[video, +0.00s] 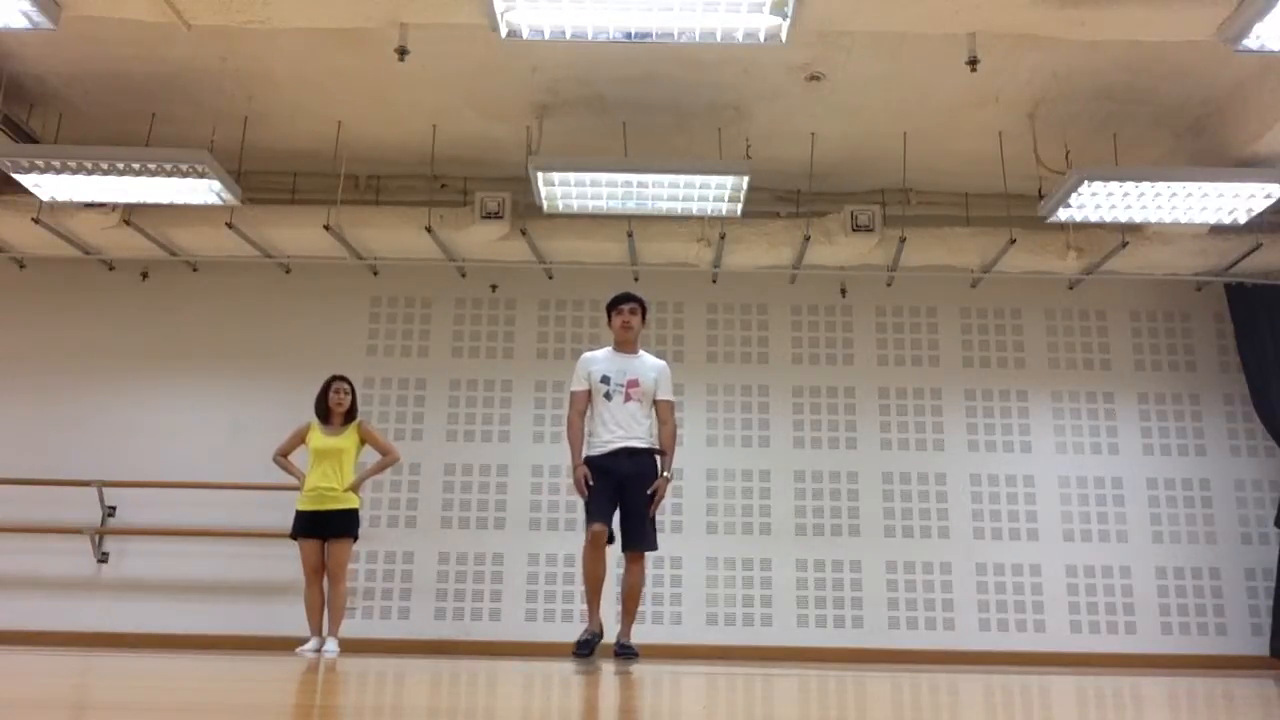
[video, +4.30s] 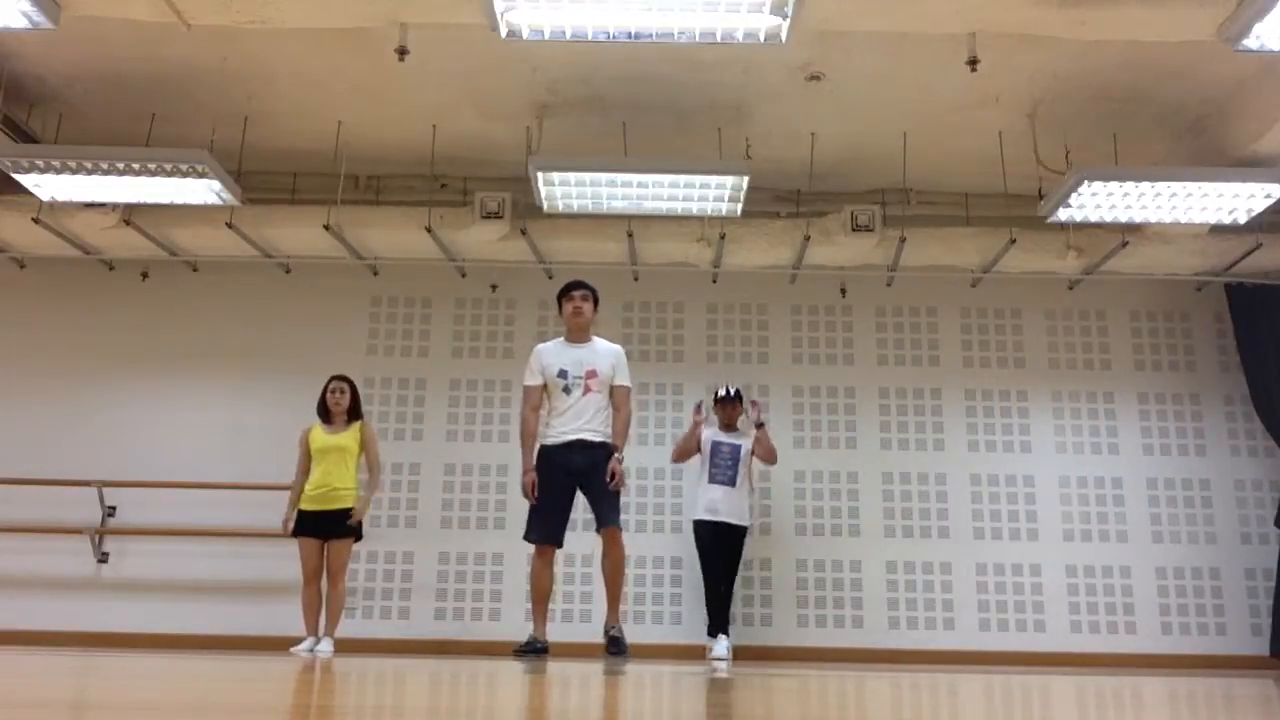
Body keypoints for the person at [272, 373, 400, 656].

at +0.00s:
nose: (341, 396)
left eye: (346, 393)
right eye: (335, 392)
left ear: (352, 399)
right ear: (325, 396)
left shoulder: (358, 428)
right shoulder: (311, 428)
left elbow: (393, 455)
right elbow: (278, 455)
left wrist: (360, 479)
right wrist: (301, 476)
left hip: (342, 506)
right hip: (310, 505)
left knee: (336, 575)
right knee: (312, 575)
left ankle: (333, 638)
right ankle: (315, 637)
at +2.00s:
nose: (336, 395)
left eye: (341, 391)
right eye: (331, 391)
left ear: (350, 396)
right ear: (324, 396)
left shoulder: (360, 426)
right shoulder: (312, 426)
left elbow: (392, 454)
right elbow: (279, 454)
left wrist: (359, 477)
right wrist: (301, 475)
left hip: (343, 506)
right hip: (310, 506)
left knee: (337, 577)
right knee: (313, 578)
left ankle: (330, 638)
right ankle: (315, 637)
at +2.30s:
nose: (336, 396)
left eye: (342, 392)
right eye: (332, 392)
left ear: (352, 397)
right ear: (325, 397)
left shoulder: (361, 427)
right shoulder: (313, 427)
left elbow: (391, 451)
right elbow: (280, 454)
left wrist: (357, 446)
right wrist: (302, 472)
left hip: (343, 507)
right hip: (310, 506)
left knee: (335, 577)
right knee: (309, 578)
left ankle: (329, 638)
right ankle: (313, 637)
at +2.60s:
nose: (338, 396)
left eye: (343, 392)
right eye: (333, 391)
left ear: (351, 398)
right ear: (325, 396)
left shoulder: (358, 427)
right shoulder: (313, 426)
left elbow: (375, 431)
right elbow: (281, 453)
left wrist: (362, 404)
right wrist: (302, 472)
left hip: (343, 506)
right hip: (310, 505)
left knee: (334, 577)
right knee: (309, 576)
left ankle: (328, 638)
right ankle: (308, 636)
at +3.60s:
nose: (337, 397)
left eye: (342, 393)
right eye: (332, 392)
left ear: (349, 398)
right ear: (322, 396)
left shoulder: (356, 431)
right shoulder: (308, 429)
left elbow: (371, 469)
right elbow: (273, 459)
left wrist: (362, 437)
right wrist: (279, 491)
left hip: (340, 507)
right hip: (307, 506)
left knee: (330, 575)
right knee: (308, 575)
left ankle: (325, 637)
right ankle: (308, 636)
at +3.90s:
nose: (336, 396)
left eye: (342, 391)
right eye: (332, 391)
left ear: (350, 397)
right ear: (323, 396)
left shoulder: (360, 428)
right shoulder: (308, 431)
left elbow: (370, 466)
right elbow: (297, 471)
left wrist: (338, 474)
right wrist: (299, 503)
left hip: (341, 509)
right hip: (309, 509)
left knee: (334, 574)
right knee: (308, 575)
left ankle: (328, 637)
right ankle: (309, 636)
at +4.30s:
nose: (337, 396)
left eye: (342, 392)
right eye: (332, 392)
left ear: (351, 398)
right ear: (324, 397)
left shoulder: (362, 430)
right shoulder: (310, 433)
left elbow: (374, 470)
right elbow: (301, 475)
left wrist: (365, 503)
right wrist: (290, 509)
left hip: (343, 508)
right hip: (309, 508)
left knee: (335, 577)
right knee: (310, 577)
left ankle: (328, 637)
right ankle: (310, 636)